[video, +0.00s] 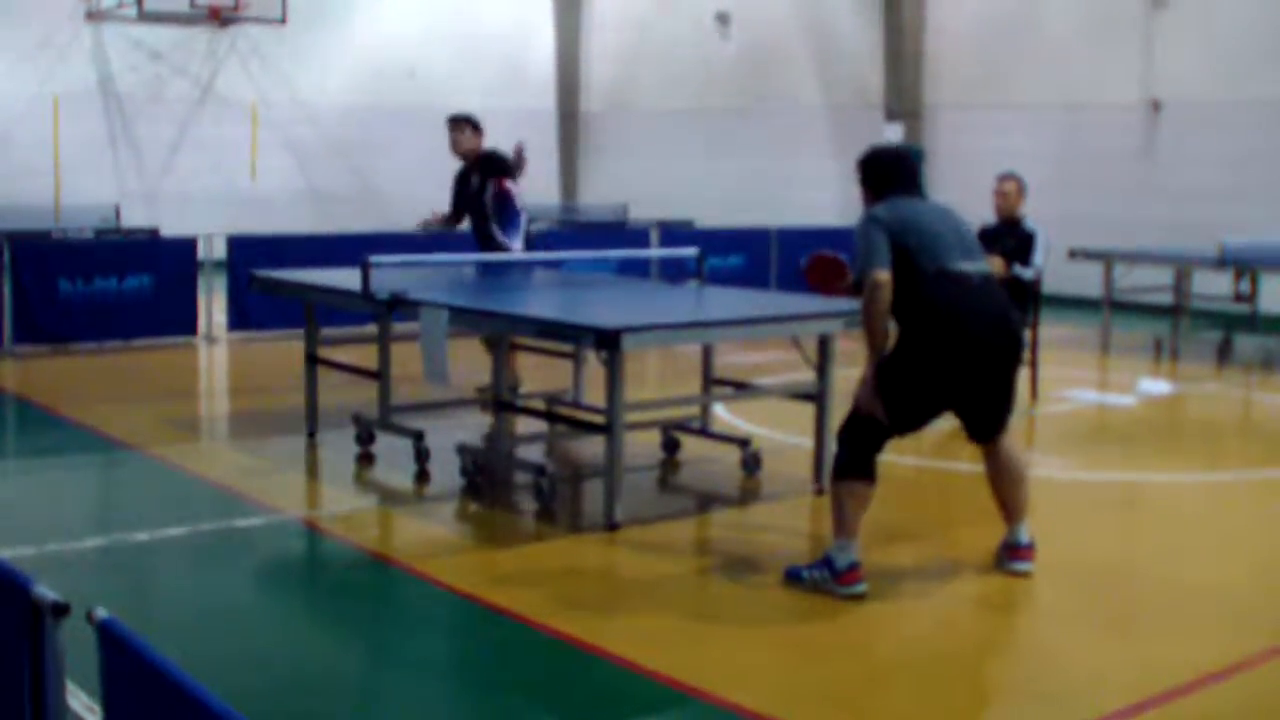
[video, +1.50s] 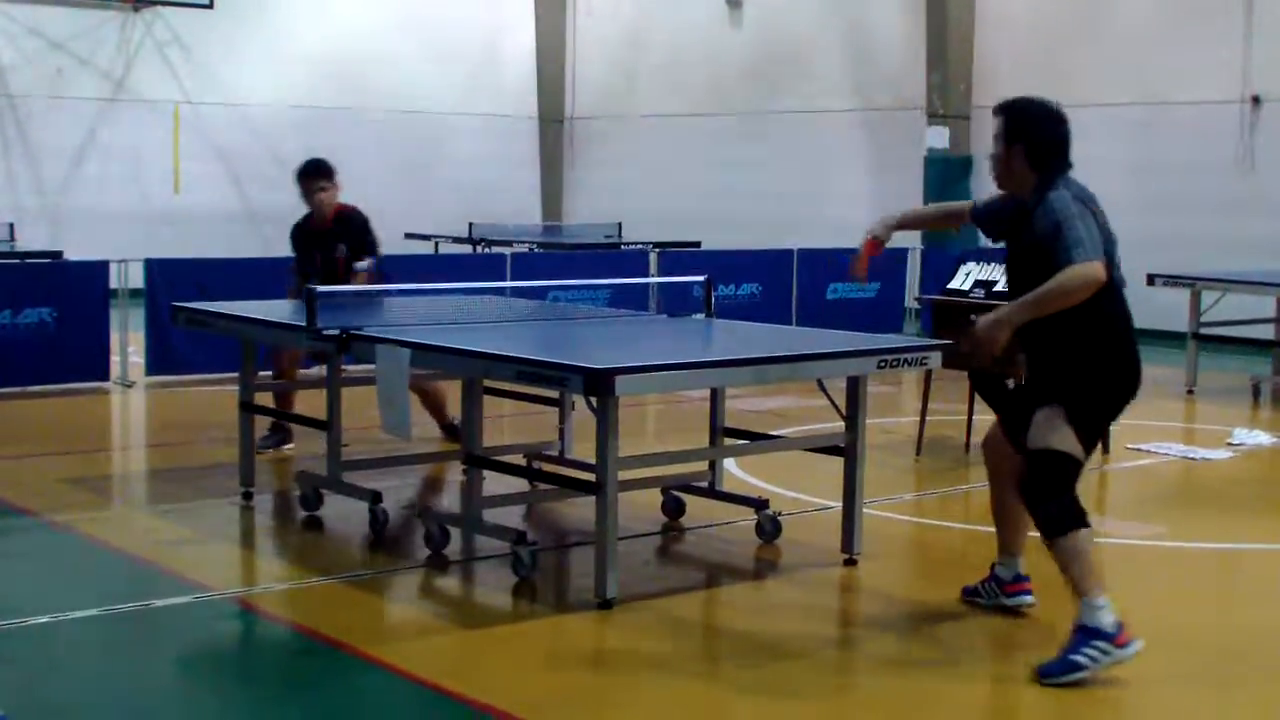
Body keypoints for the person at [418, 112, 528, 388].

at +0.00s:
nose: (455, 139)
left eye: (462, 132)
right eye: (453, 133)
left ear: (477, 136)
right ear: (451, 139)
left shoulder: (491, 159)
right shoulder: (463, 176)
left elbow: (511, 172)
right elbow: (457, 216)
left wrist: (517, 162)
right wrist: (438, 222)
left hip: (510, 256)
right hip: (487, 257)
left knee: (500, 323)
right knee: (489, 323)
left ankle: (507, 380)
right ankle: (505, 378)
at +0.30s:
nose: (438, 163)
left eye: (443, 156)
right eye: (437, 157)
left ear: (461, 156)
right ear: (445, 160)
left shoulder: (485, 183)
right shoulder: (453, 192)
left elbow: (521, 213)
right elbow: (441, 224)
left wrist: (544, 245)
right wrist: (408, 198)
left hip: (503, 278)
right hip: (477, 278)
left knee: (494, 339)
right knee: (467, 338)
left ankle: (513, 394)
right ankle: (503, 393)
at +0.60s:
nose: (427, 195)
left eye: (432, 186)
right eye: (419, 188)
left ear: (442, 178)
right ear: (407, 184)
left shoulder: (466, 203)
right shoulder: (399, 214)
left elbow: (505, 243)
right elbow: (396, 263)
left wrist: (525, 285)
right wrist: (420, 271)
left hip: (468, 302)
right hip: (429, 304)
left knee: (465, 373)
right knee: (419, 376)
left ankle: (471, 461)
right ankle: (470, 413)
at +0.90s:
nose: (411, 179)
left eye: (417, 171)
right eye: (403, 171)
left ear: (425, 169)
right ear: (388, 170)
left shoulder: (437, 200)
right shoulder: (367, 203)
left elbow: (462, 246)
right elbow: (345, 252)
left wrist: (475, 289)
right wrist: (368, 263)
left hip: (431, 299)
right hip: (384, 299)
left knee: (449, 368)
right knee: (350, 360)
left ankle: (464, 439)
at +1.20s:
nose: (380, 175)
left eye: (384, 167)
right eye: (371, 167)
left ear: (389, 166)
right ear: (354, 168)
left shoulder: (401, 200)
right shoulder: (330, 204)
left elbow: (422, 248)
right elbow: (305, 254)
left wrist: (425, 291)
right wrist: (323, 278)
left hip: (398, 299)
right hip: (349, 300)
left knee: (437, 352)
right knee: (323, 359)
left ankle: (446, 428)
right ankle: (316, 431)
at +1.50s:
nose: (318, 198)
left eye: (324, 189)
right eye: (310, 192)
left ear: (336, 188)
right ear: (303, 195)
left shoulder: (354, 219)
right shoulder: (301, 231)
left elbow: (366, 273)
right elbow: (301, 281)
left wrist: (345, 307)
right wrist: (295, 309)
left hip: (361, 312)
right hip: (318, 314)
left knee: (409, 361)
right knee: (284, 353)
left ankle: (447, 425)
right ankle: (281, 428)